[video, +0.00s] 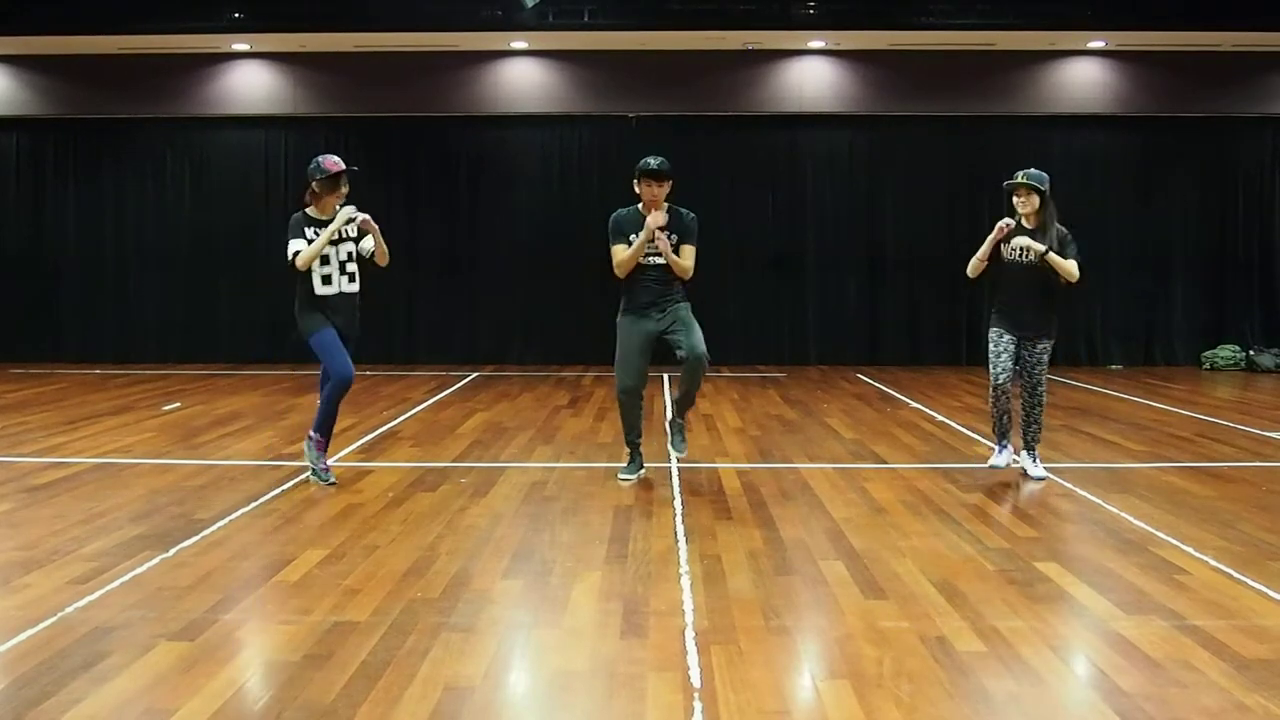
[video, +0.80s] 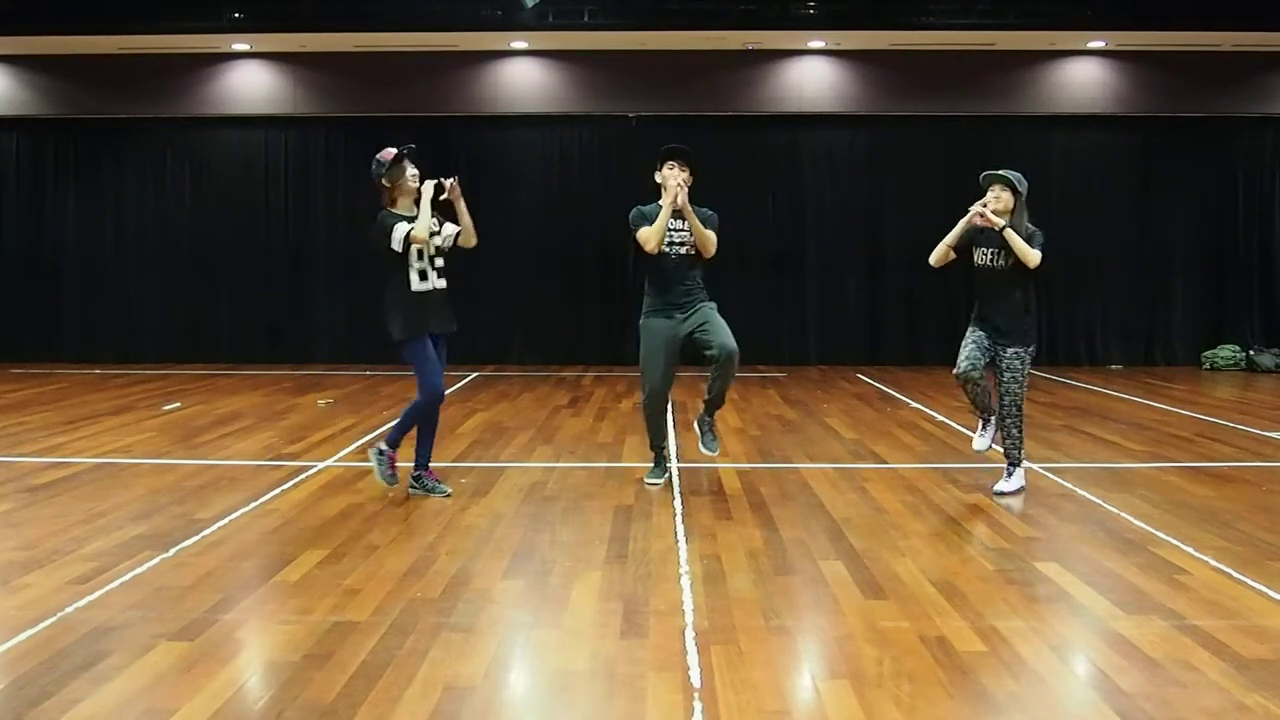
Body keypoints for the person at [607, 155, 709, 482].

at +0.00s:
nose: (653, 190)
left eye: (659, 184)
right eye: (647, 184)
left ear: (669, 186)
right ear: (637, 186)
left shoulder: (685, 220)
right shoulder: (621, 220)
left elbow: (687, 271)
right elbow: (621, 268)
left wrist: (668, 254)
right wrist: (646, 233)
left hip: (674, 307)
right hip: (635, 312)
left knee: (697, 355)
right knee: (627, 386)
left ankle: (678, 416)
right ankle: (634, 454)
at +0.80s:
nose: (676, 174)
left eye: (682, 170)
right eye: (669, 168)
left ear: (690, 180)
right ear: (657, 177)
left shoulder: (704, 216)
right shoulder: (642, 214)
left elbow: (709, 250)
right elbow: (650, 245)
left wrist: (687, 210)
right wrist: (669, 204)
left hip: (698, 308)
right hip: (658, 314)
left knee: (727, 351)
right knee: (653, 392)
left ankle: (707, 417)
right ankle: (659, 457)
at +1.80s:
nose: (683, 176)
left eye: (690, 170)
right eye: (678, 170)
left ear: (703, 177)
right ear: (669, 177)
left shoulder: (720, 214)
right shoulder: (656, 214)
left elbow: (728, 250)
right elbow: (656, 251)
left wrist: (700, 213)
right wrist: (677, 208)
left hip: (715, 307)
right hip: (674, 315)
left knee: (744, 345)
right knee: (672, 392)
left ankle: (720, 416)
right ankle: (677, 463)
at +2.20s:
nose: (695, 170)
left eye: (702, 165)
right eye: (689, 164)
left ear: (711, 172)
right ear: (678, 169)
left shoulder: (728, 208)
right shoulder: (667, 206)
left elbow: (728, 250)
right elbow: (654, 251)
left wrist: (702, 209)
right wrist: (682, 204)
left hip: (713, 313)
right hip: (674, 305)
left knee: (714, 395)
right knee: (661, 358)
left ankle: (708, 463)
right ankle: (674, 420)